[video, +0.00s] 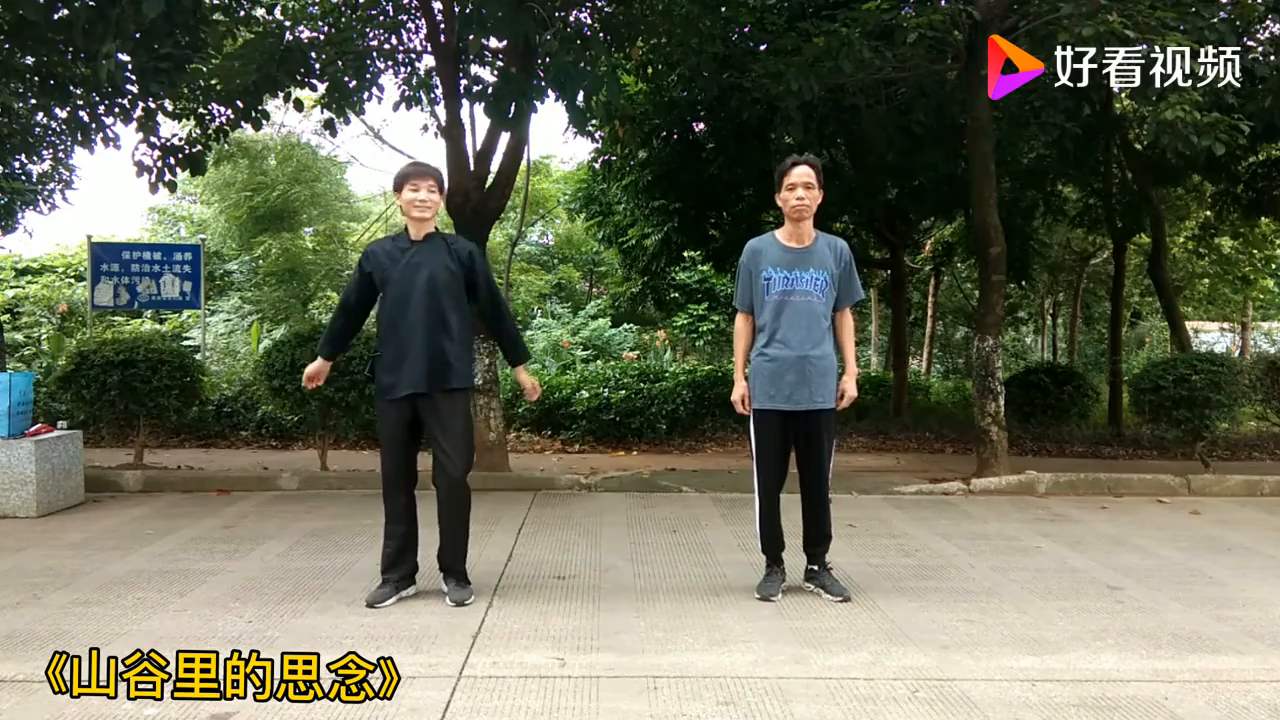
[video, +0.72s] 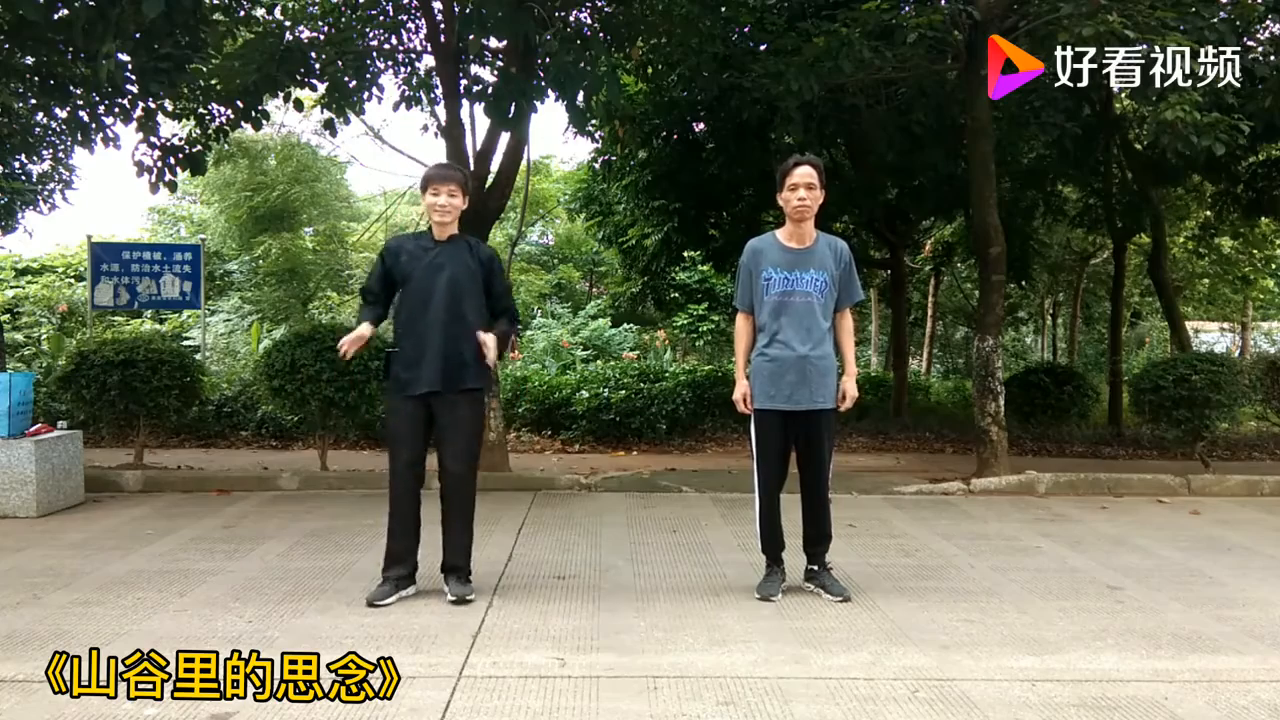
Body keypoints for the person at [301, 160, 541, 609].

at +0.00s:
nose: (423, 196)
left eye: (431, 190)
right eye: (413, 189)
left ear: (441, 199)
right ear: (398, 199)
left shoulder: (462, 251)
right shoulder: (379, 254)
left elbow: (494, 308)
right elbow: (350, 309)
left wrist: (520, 365)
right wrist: (325, 357)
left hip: (449, 383)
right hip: (394, 383)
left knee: (453, 479)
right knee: (395, 481)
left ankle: (455, 574)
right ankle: (398, 575)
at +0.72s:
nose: (443, 201)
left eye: (452, 194)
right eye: (436, 193)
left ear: (465, 201)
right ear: (423, 199)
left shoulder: (481, 255)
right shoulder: (398, 249)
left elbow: (505, 313)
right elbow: (375, 298)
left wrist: (495, 335)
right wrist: (366, 324)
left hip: (463, 382)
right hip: (407, 380)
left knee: (458, 480)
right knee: (403, 477)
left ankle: (457, 574)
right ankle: (398, 574)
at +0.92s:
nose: (443, 209)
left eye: (451, 202)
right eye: (435, 202)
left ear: (463, 210)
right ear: (422, 208)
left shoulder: (483, 261)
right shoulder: (401, 260)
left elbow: (495, 323)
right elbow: (387, 323)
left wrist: (446, 313)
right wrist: (419, 315)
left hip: (467, 387)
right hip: (412, 386)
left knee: (462, 478)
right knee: (398, 474)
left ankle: (457, 575)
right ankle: (400, 574)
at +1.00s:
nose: (438, 212)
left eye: (447, 204)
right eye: (430, 205)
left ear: (459, 211)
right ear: (418, 211)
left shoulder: (483, 263)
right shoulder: (400, 263)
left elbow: (495, 323)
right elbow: (386, 325)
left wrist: (445, 308)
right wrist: (416, 313)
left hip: (467, 388)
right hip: (413, 388)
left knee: (463, 480)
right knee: (396, 475)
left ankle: (456, 574)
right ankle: (400, 575)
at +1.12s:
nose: (430, 205)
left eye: (438, 197)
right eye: (422, 199)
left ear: (453, 203)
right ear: (412, 207)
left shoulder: (478, 252)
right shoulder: (398, 259)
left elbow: (492, 309)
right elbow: (386, 321)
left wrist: (440, 287)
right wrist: (417, 290)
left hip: (468, 381)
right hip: (415, 380)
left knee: (461, 477)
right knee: (400, 472)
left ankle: (457, 574)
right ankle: (400, 575)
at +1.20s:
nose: (427, 202)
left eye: (435, 195)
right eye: (419, 196)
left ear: (451, 201)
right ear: (409, 204)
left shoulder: (475, 249)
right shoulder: (397, 256)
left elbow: (487, 304)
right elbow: (385, 318)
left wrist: (434, 278)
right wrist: (417, 280)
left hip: (467, 379)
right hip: (414, 379)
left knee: (460, 478)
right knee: (403, 472)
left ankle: (457, 575)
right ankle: (405, 575)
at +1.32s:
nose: (424, 199)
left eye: (433, 192)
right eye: (416, 193)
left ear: (448, 199)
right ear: (407, 202)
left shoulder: (471, 249)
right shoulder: (390, 254)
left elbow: (481, 307)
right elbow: (379, 317)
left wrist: (431, 281)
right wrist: (412, 283)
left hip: (461, 380)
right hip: (409, 381)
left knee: (457, 480)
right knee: (406, 479)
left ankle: (456, 576)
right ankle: (406, 575)